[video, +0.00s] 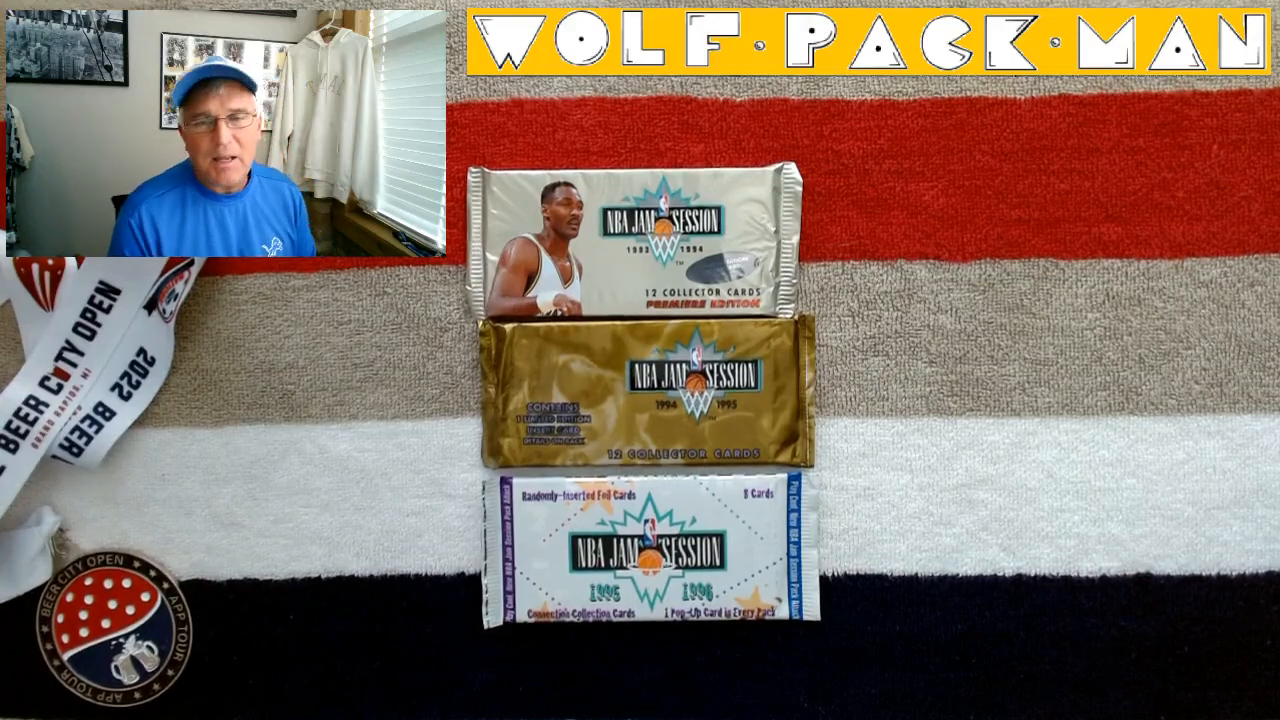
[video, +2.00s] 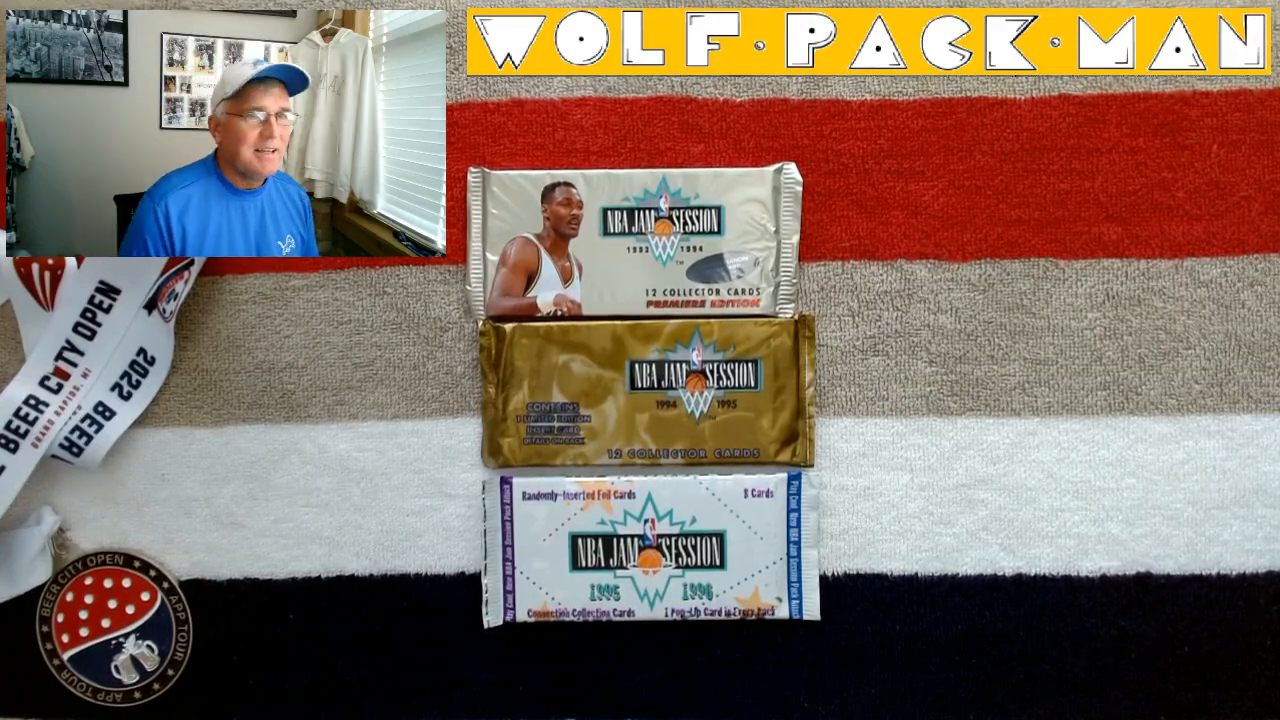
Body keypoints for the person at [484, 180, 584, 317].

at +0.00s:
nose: (576, 213)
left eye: (580, 207)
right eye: (566, 205)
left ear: (583, 211)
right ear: (546, 211)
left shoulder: (575, 266)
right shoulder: (521, 250)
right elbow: (495, 307)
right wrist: (550, 301)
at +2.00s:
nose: (576, 213)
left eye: (580, 207)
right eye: (566, 205)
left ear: (583, 211)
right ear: (545, 211)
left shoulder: (575, 265)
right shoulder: (521, 249)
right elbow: (495, 307)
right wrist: (550, 301)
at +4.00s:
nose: (576, 213)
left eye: (580, 207)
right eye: (566, 205)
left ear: (583, 211)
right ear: (545, 211)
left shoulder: (575, 266)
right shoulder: (521, 250)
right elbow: (494, 307)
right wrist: (551, 301)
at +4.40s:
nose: (576, 213)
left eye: (580, 207)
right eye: (566, 205)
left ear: (583, 211)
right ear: (545, 211)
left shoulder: (575, 266)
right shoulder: (520, 250)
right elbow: (495, 307)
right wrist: (551, 300)